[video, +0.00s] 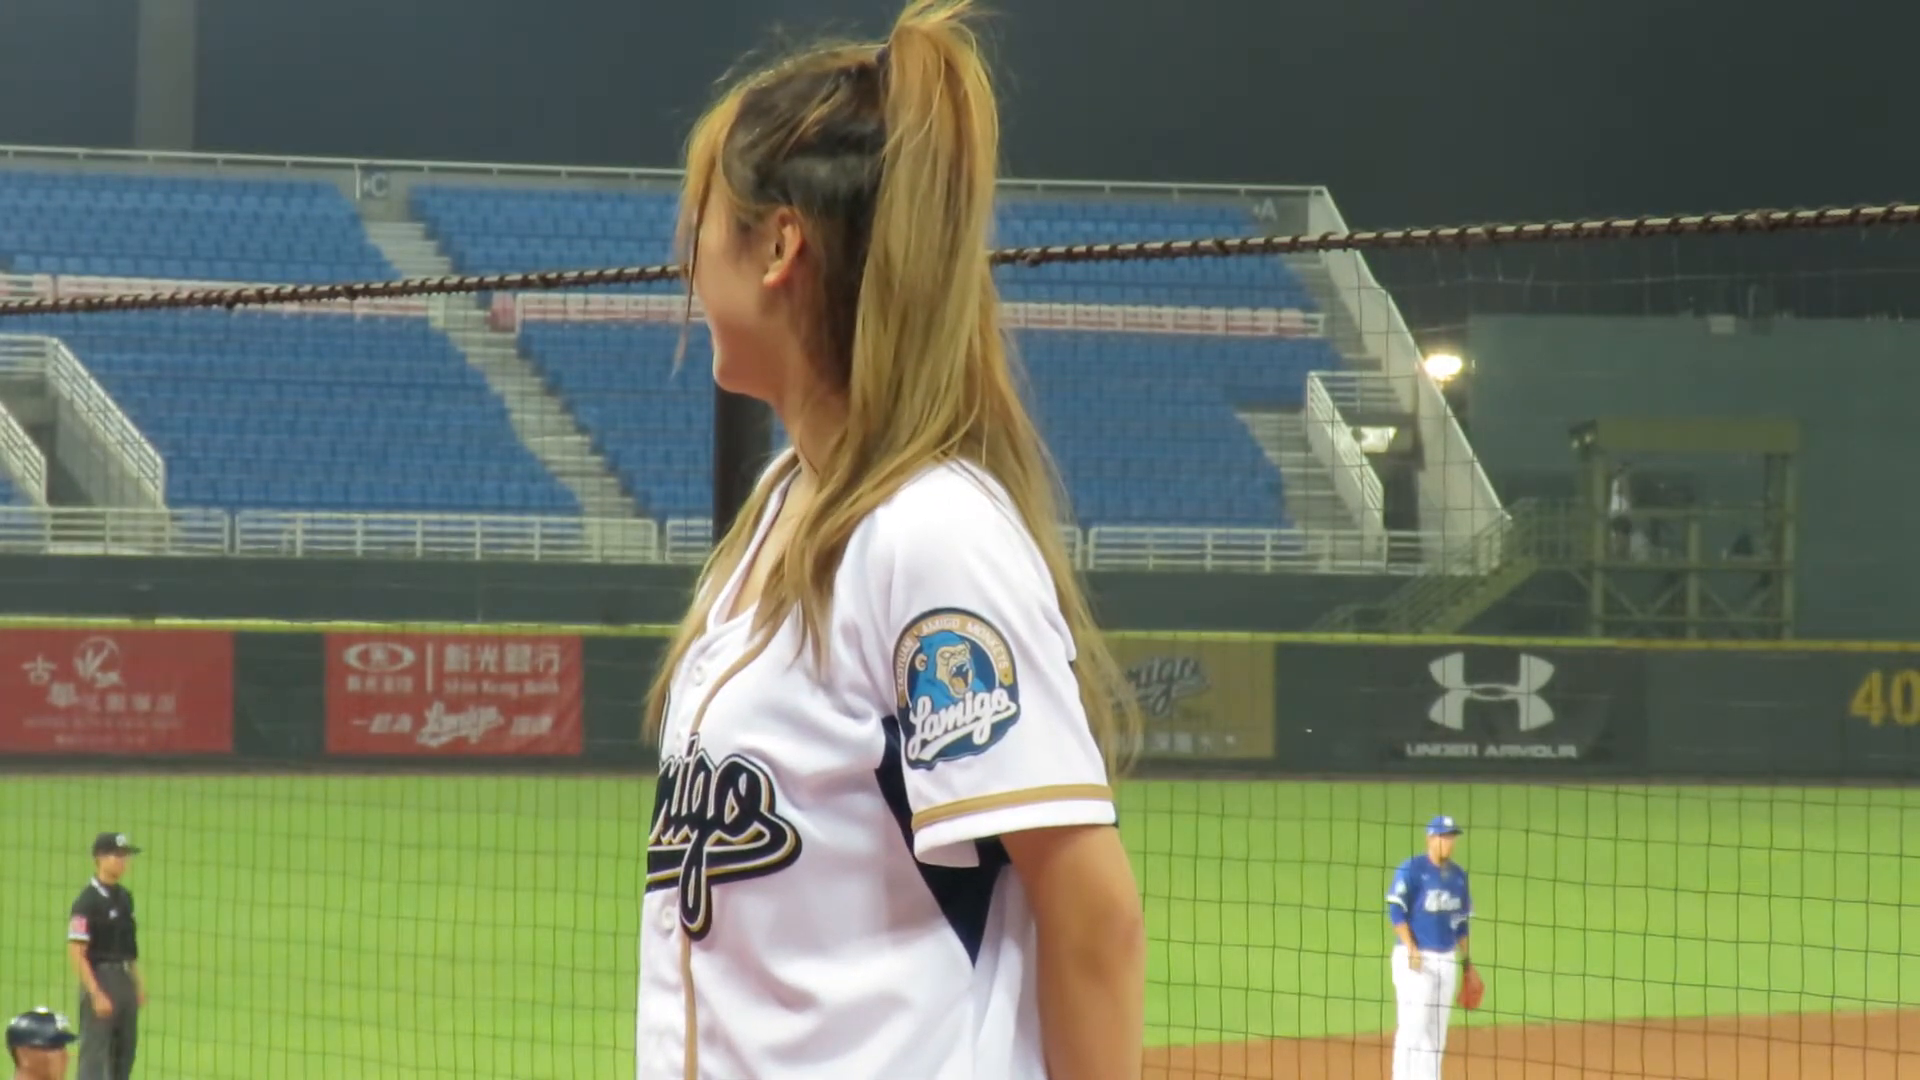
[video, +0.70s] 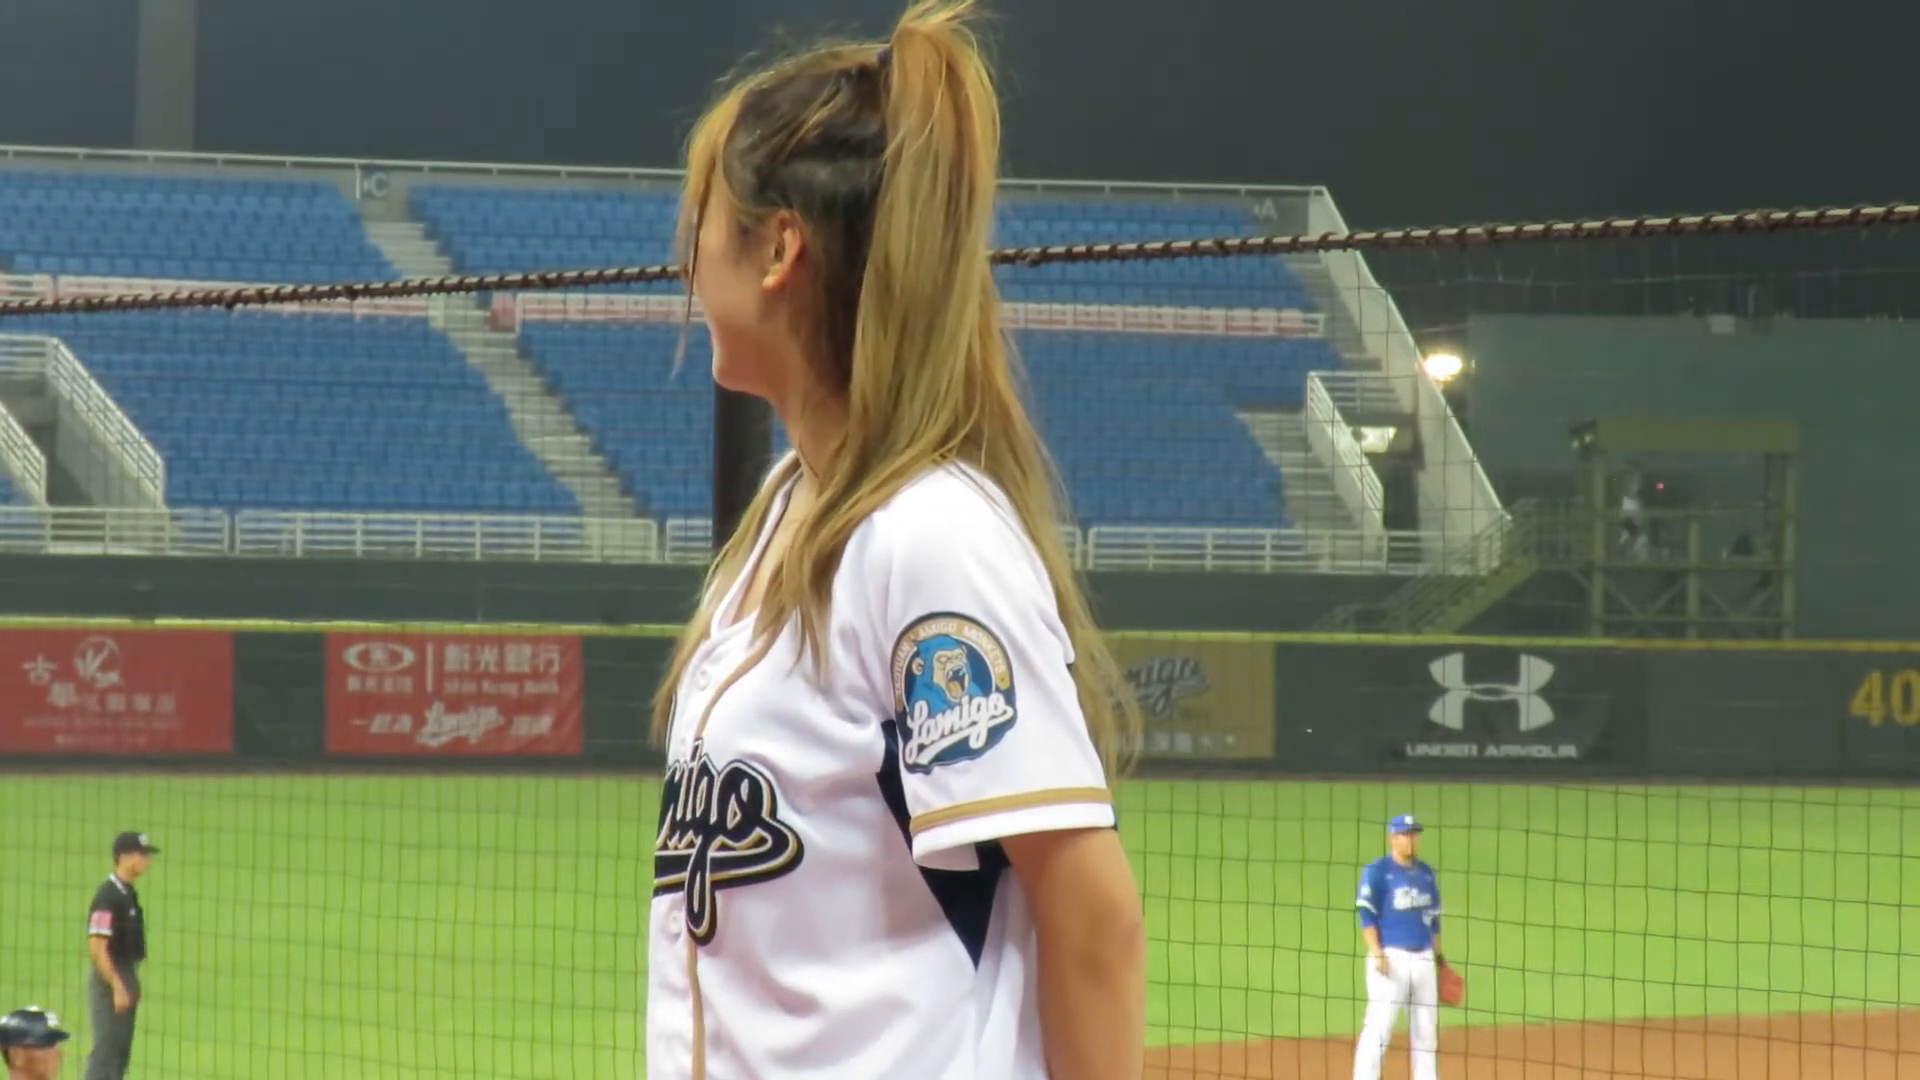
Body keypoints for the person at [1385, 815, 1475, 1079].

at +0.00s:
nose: (1448, 842)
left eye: (1451, 837)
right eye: (1442, 837)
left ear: (1454, 840)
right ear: (1430, 839)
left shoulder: (1458, 875)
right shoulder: (1412, 869)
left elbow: (1461, 924)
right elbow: (1395, 908)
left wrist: (1467, 965)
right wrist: (1411, 947)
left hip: (1447, 960)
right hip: (1415, 957)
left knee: (1436, 1032)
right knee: (1414, 1028)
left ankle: (1429, 1076)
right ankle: (1405, 1076)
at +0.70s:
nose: (1410, 840)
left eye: (1413, 835)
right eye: (1404, 835)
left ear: (1417, 838)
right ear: (1392, 838)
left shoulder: (1426, 872)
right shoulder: (1376, 871)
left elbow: (1432, 921)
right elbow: (1366, 914)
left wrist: (1439, 959)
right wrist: (1377, 953)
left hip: (1424, 958)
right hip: (1390, 957)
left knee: (1426, 1032)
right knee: (1378, 1030)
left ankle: (1426, 1077)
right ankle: (1365, 1076)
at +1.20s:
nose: (1380, 844)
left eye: (1383, 839)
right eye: (1374, 839)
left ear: (1388, 840)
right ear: (1362, 841)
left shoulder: (1397, 869)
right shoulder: (1349, 874)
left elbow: (1407, 916)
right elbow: (1338, 918)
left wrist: (1418, 950)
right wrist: (1341, 958)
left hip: (1397, 958)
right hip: (1364, 958)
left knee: (1407, 1025)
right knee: (1364, 1029)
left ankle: (1399, 1075)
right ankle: (1359, 1075)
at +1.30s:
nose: (1380, 845)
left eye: (1382, 839)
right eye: (1373, 840)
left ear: (1386, 840)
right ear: (1361, 841)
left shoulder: (1395, 868)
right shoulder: (1347, 873)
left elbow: (1405, 915)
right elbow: (1336, 917)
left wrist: (1415, 948)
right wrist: (1340, 956)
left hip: (1395, 957)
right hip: (1362, 957)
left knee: (1400, 1025)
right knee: (1363, 1027)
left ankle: (1381, 1074)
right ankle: (1361, 1075)